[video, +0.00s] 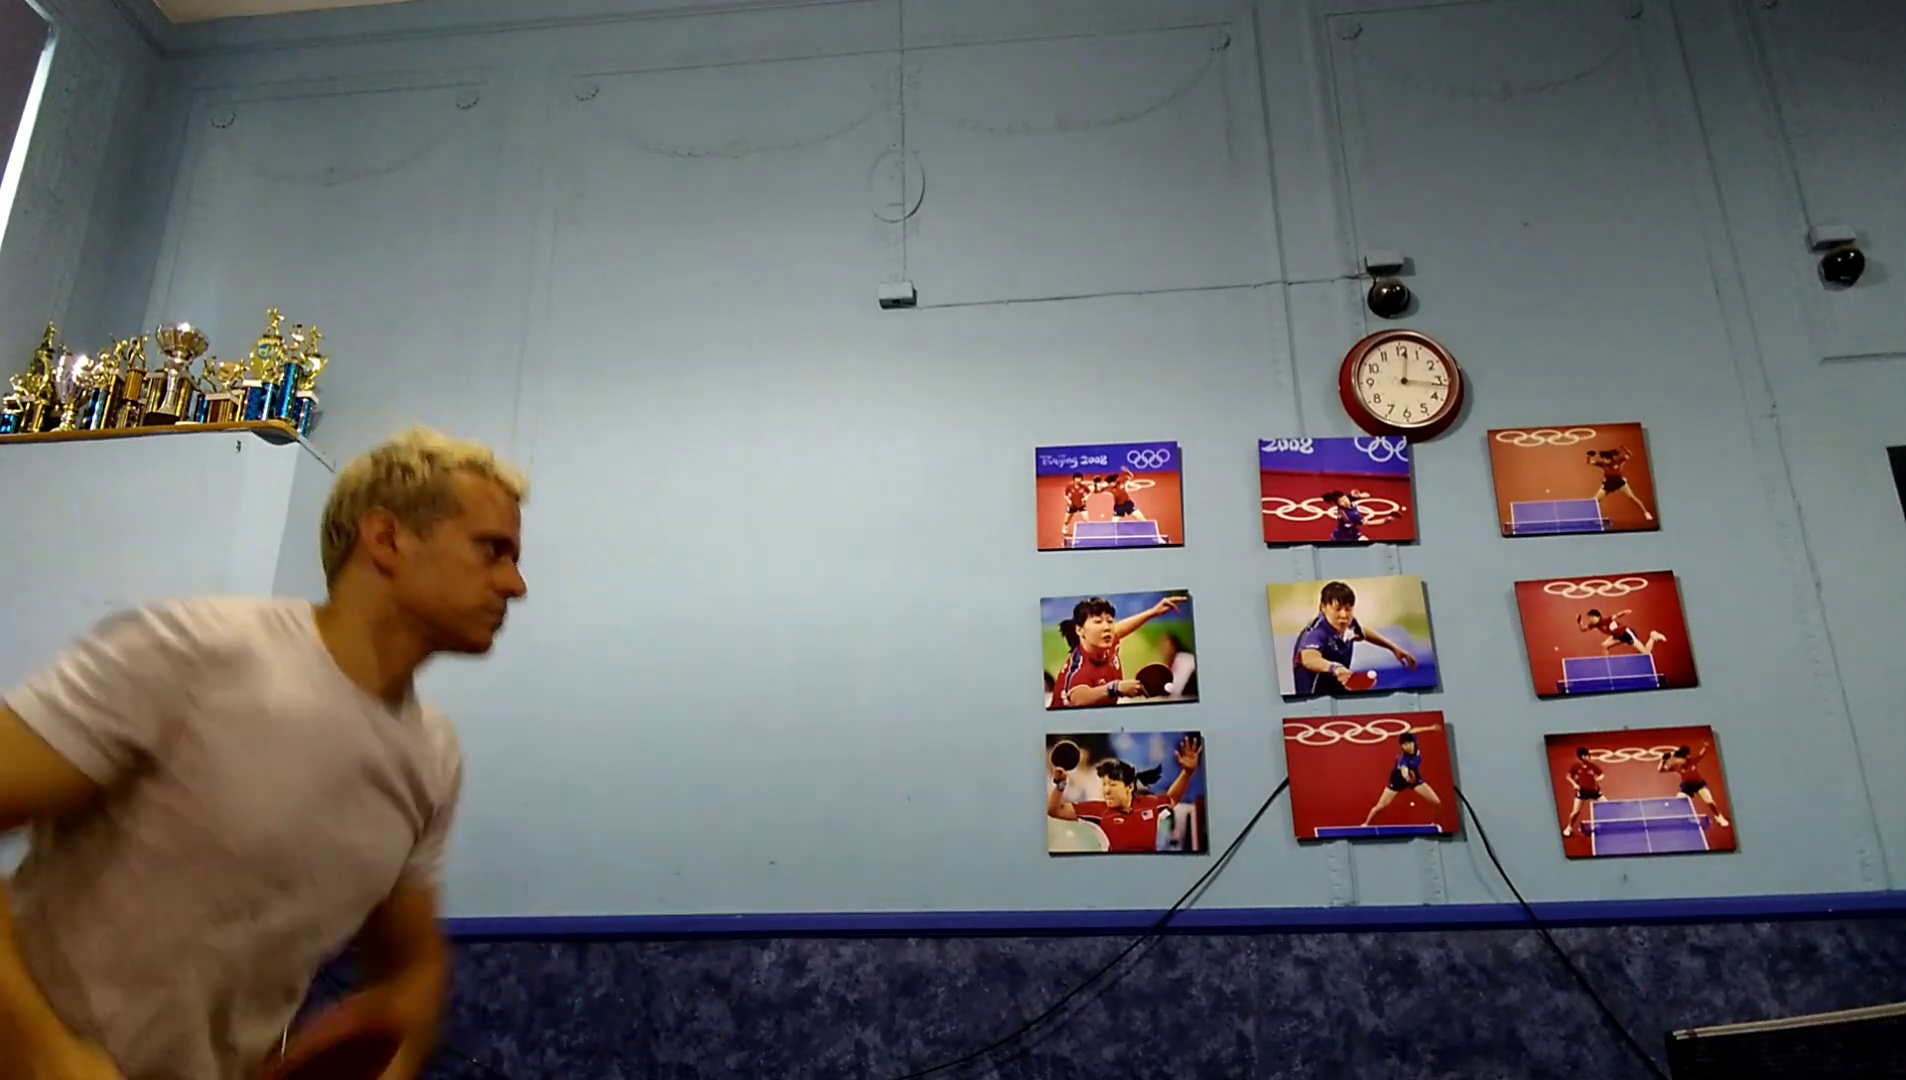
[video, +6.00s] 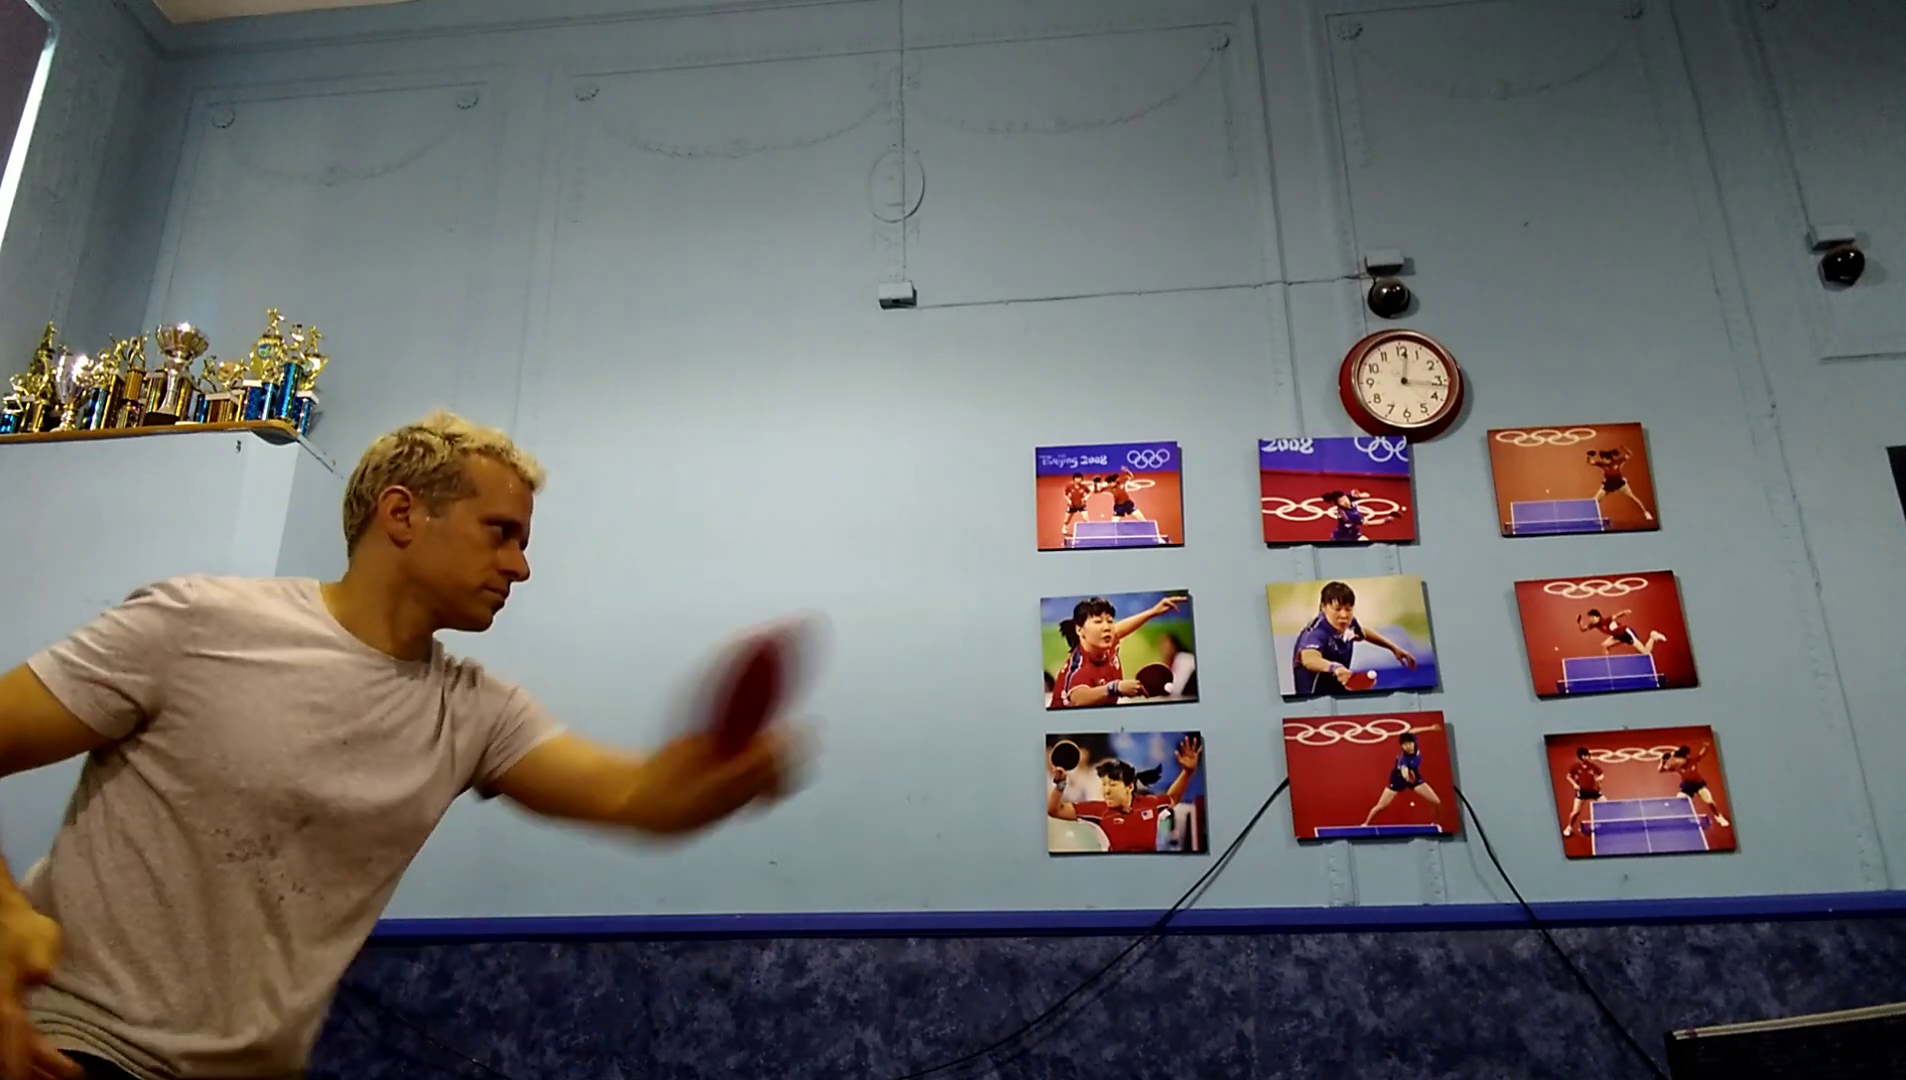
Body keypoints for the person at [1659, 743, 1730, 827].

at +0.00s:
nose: (1679, 761)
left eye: (1681, 759)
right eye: (1678, 760)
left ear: (1686, 757)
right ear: (1676, 759)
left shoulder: (1692, 761)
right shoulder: (1676, 766)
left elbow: (1700, 755)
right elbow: (1661, 770)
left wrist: (1705, 747)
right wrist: (1663, 760)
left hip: (1699, 784)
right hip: (1686, 786)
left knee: (1710, 802)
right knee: (1678, 803)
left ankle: (1719, 817)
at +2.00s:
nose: (1685, 759)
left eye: (1686, 756)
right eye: (1683, 757)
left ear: (1687, 756)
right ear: (1679, 757)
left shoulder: (1692, 760)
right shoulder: (1676, 765)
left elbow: (1701, 755)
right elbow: (1661, 770)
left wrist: (1705, 747)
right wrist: (1663, 760)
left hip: (1699, 784)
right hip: (1686, 786)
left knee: (1710, 802)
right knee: (1678, 803)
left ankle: (1718, 817)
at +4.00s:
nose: (1686, 759)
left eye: (1687, 757)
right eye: (1684, 758)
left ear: (1688, 757)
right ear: (1679, 759)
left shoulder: (1693, 761)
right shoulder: (1677, 766)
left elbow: (1701, 755)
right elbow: (1661, 771)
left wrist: (1705, 747)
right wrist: (1662, 761)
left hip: (1699, 784)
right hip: (1686, 785)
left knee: (1710, 802)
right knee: (1679, 802)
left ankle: (1718, 816)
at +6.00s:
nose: (1679, 762)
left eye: (1681, 760)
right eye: (1677, 760)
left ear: (1686, 757)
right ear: (1676, 759)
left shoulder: (1693, 761)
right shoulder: (1676, 766)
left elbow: (1701, 755)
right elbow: (1661, 771)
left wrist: (1705, 747)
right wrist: (1663, 761)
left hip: (1699, 784)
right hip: (1686, 785)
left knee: (1710, 802)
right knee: (1679, 802)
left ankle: (1718, 816)